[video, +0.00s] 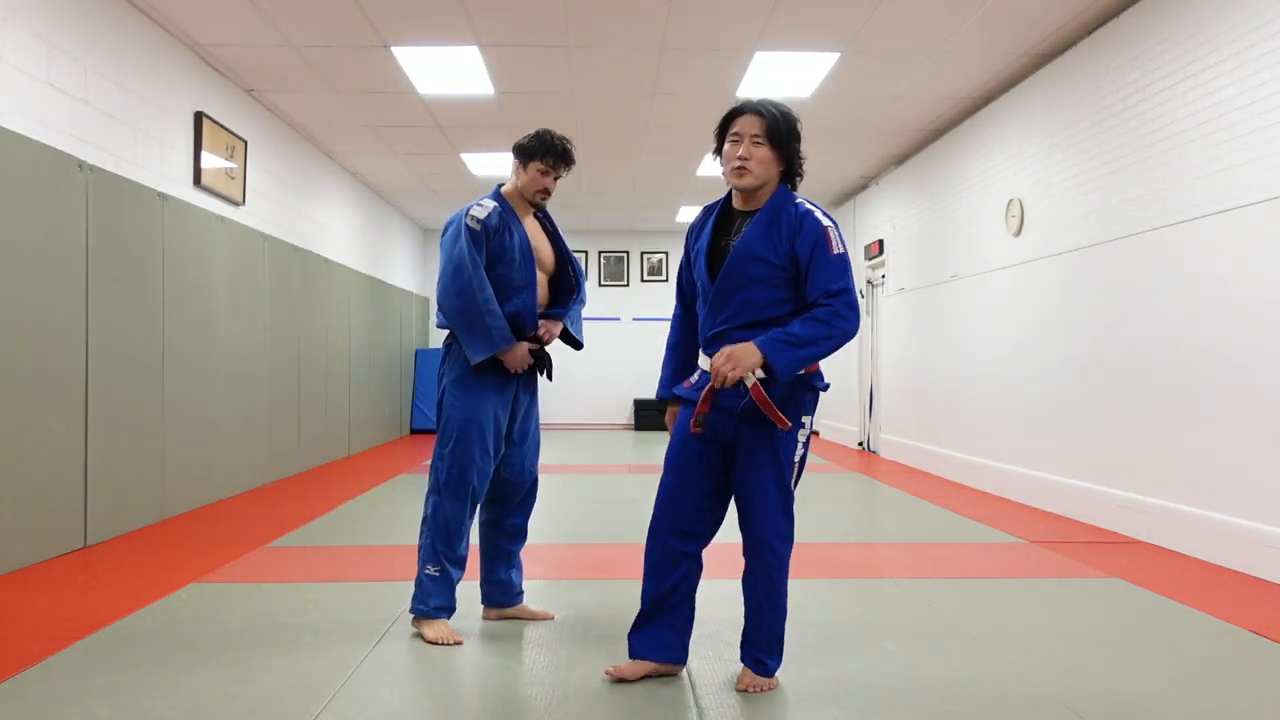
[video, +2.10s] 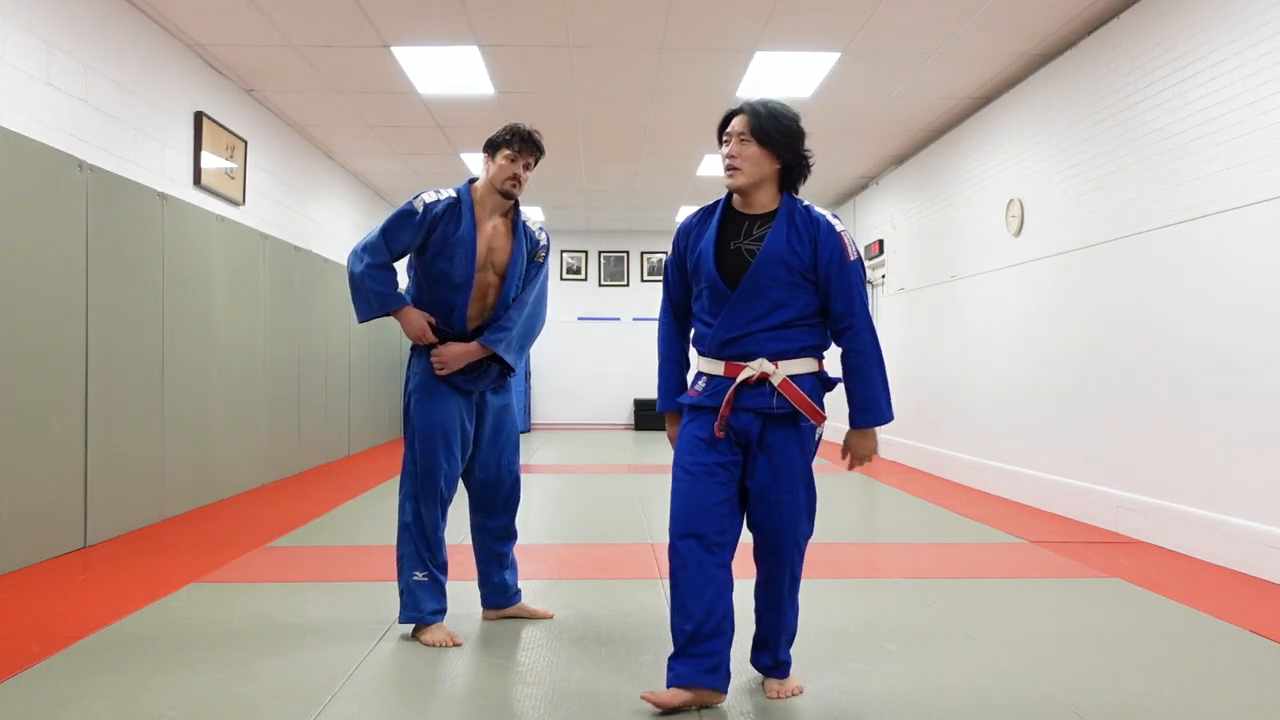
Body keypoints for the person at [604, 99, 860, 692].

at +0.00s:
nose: (742, 151)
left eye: (757, 142)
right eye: (734, 140)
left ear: (784, 157)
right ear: (721, 153)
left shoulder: (809, 224)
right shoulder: (705, 223)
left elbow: (840, 315)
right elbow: (686, 314)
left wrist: (762, 350)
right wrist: (674, 393)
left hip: (773, 400)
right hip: (706, 395)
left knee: (765, 540)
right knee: (673, 528)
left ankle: (761, 660)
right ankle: (660, 651)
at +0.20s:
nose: (742, 148)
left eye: (758, 139)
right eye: (732, 138)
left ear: (783, 155)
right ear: (719, 153)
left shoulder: (808, 221)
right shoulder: (695, 227)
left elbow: (857, 299)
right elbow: (671, 318)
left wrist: (798, 259)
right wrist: (656, 395)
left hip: (780, 393)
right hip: (707, 390)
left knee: (767, 534)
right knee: (687, 527)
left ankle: (759, 660)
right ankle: (671, 667)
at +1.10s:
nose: (645, 129)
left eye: (657, 114)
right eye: (628, 120)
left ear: (684, 124)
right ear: (612, 142)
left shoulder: (732, 188)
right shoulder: (599, 218)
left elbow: (805, 257)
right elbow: (583, 318)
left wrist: (755, 215)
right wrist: (580, 414)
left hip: (741, 391)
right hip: (654, 399)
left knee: (762, 537)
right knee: (665, 565)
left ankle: (775, 639)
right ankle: (679, 708)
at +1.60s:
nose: (671, 120)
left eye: (683, 107)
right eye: (655, 111)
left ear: (707, 121)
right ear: (637, 131)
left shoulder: (750, 187)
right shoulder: (620, 218)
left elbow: (813, 255)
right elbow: (601, 319)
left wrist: (777, 242)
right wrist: (598, 415)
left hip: (750, 390)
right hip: (664, 396)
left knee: (770, 541)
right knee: (669, 563)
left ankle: (787, 645)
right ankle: (679, 709)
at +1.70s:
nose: (690, 122)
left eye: (702, 112)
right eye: (676, 114)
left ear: (726, 129)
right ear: (656, 135)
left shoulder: (762, 196)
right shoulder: (635, 223)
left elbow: (802, 252)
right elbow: (615, 322)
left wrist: (807, 324)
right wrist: (611, 413)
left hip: (757, 390)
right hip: (671, 399)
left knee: (774, 542)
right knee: (672, 562)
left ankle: (788, 652)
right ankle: (679, 709)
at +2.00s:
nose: (720, 151)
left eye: (736, 142)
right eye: (715, 143)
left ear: (771, 156)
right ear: (709, 157)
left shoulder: (811, 234)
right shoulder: (686, 234)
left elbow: (842, 332)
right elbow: (665, 327)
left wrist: (842, 424)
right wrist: (662, 411)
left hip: (787, 409)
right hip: (705, 408)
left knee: (781, 549)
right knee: (700, 547)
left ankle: (774, 662)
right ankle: (694, 688)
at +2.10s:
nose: (729, 150)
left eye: (745, 140)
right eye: (727, 140)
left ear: (781, 154)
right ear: (723, 153)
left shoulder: (818, 231)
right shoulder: (695, 231)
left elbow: (855, 327)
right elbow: (674, 319)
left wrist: (864, 419)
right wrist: (671, 402)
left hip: (787, 406)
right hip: (709, 402)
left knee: (781, 541)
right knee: (695, 535)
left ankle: (775, 661)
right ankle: (698, 674)